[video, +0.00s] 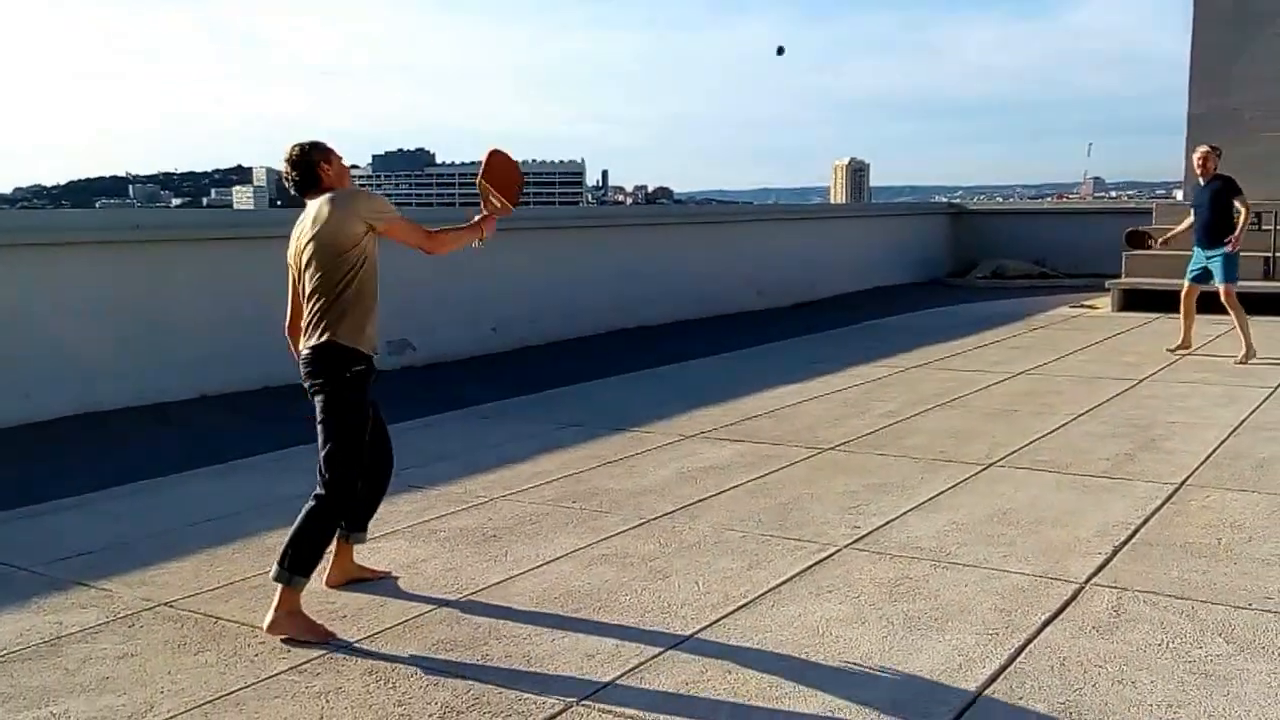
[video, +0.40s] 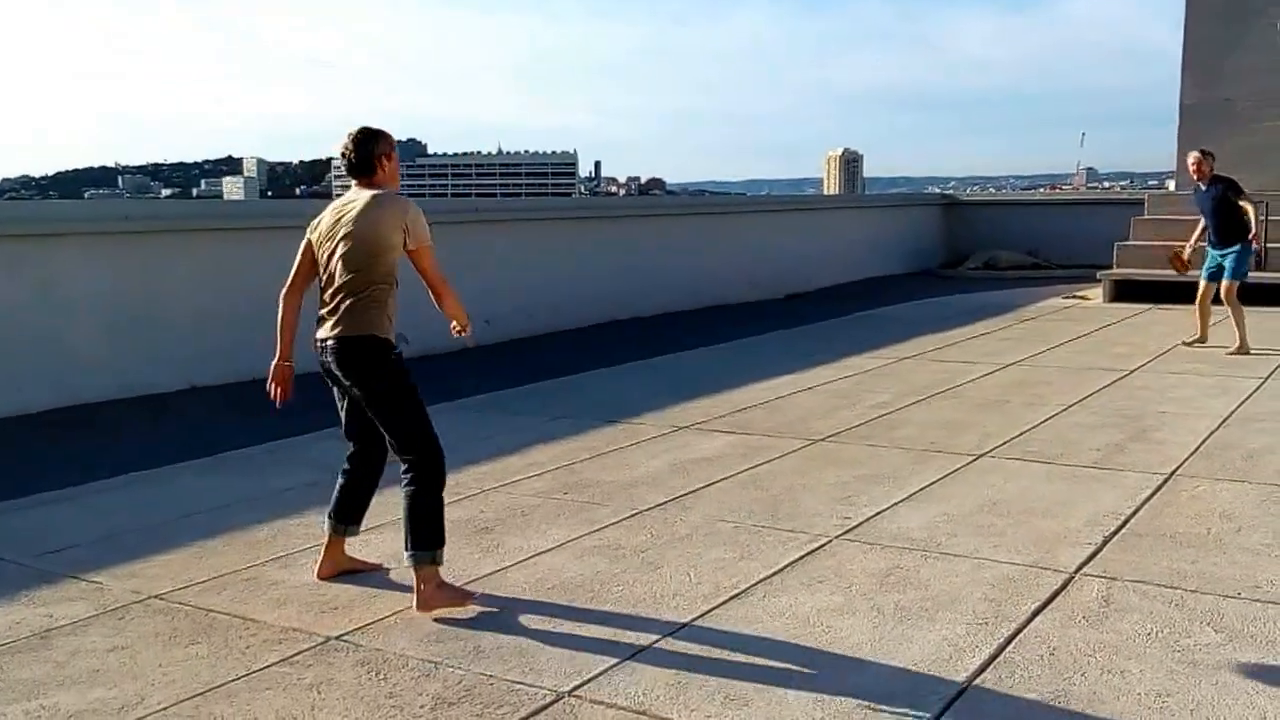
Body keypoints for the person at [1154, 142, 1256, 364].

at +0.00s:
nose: (1201, 163)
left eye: (1206, 159)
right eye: (1198, 159)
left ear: (1215, 163)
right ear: (1193, 163)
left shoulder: (1225, 183)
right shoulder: (1197, 190)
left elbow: (1244, 208)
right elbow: (1193, 219)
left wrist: (1238, 234)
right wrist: (1169, 236)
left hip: (1222, 250)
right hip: (1200, 251)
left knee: (1227, 296)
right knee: (1187, 295)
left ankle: (1248, 346)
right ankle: (1185, 341)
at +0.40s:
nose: (1194, 168)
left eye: (1198, 163)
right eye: (1191, 165)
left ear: (1209, 164)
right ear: (1188, 168)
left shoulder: (1225, 184)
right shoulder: (1197, 190)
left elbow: (1249, 206)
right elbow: (1206, 218)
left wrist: (1254, 231)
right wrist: (1190, 244)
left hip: (1237, 247)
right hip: (1214, 249)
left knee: (1227, 293)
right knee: (1202, 297)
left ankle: (1242, 342)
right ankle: (1201, 335)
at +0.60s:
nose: (1202, 161)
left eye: (1206, 157)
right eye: (1200, 157)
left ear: (1218, 155)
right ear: (1198, 156)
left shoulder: (1235, 171)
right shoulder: (1199, 174)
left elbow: (1260, 189)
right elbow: (1195, 204)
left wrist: (1267, 210)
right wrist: (1196, 205)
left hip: (1237, 235)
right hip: (1215, 237)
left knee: (1234, 285)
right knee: (1226, 289)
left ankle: (1238, 337)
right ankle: (1261, 322)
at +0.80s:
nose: (1214, 148)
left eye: (1219, 145)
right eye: (1212, 143)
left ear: (1227, 148)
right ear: (1207, 145)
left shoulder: (1236, 167)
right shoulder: (1200, 169)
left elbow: (1260, 183)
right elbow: (1189, 199)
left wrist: (1267, 189)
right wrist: (1201, 184)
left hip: (1235, 230)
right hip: (1213, 232)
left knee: (1232, 278)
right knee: (1216, 284)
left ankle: (1235, 330)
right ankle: (1239, 320)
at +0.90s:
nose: (1215, 143)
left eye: (1220, 140)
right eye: (1213, 138)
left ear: (1227, 146)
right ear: (1207, 141)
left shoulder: (1235, 166)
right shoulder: (1199, 167)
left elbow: (1259, 180)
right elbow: (1185, 194)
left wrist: (1267, 183)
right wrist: (1198, 178)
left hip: (1234, 230)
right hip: (1211, 232)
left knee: (1226, 278)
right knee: (1205, 281)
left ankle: (1233, 329)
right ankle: (1217, 320)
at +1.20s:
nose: (1207, 144)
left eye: (1212, 140)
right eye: (1204, 140)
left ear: (1219, 145)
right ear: (1199, 143)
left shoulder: (1229, 167)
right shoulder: (1190, 169)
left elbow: (1245, 191)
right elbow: (1174, 201)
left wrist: (1243, 202)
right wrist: (1185, 190)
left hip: (1223, 229)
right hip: (1196, 230)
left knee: (1222, 272)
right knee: (1181, 277)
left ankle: (1233, 321)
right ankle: (1190, 315)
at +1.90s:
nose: (1179, 152)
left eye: (1183, 147)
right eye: (1178, 148)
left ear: (1195, 149)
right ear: (1177, 151)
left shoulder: (1206, 167)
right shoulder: (1189, 175)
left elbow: (1222, 184)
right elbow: (1180, 201)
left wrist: (1211, 201)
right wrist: (1154, 203)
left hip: (1221, 228)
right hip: (1201, 229)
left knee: (1222, 271)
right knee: (1170, 262)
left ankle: (1256, 309)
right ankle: (1165, 303)